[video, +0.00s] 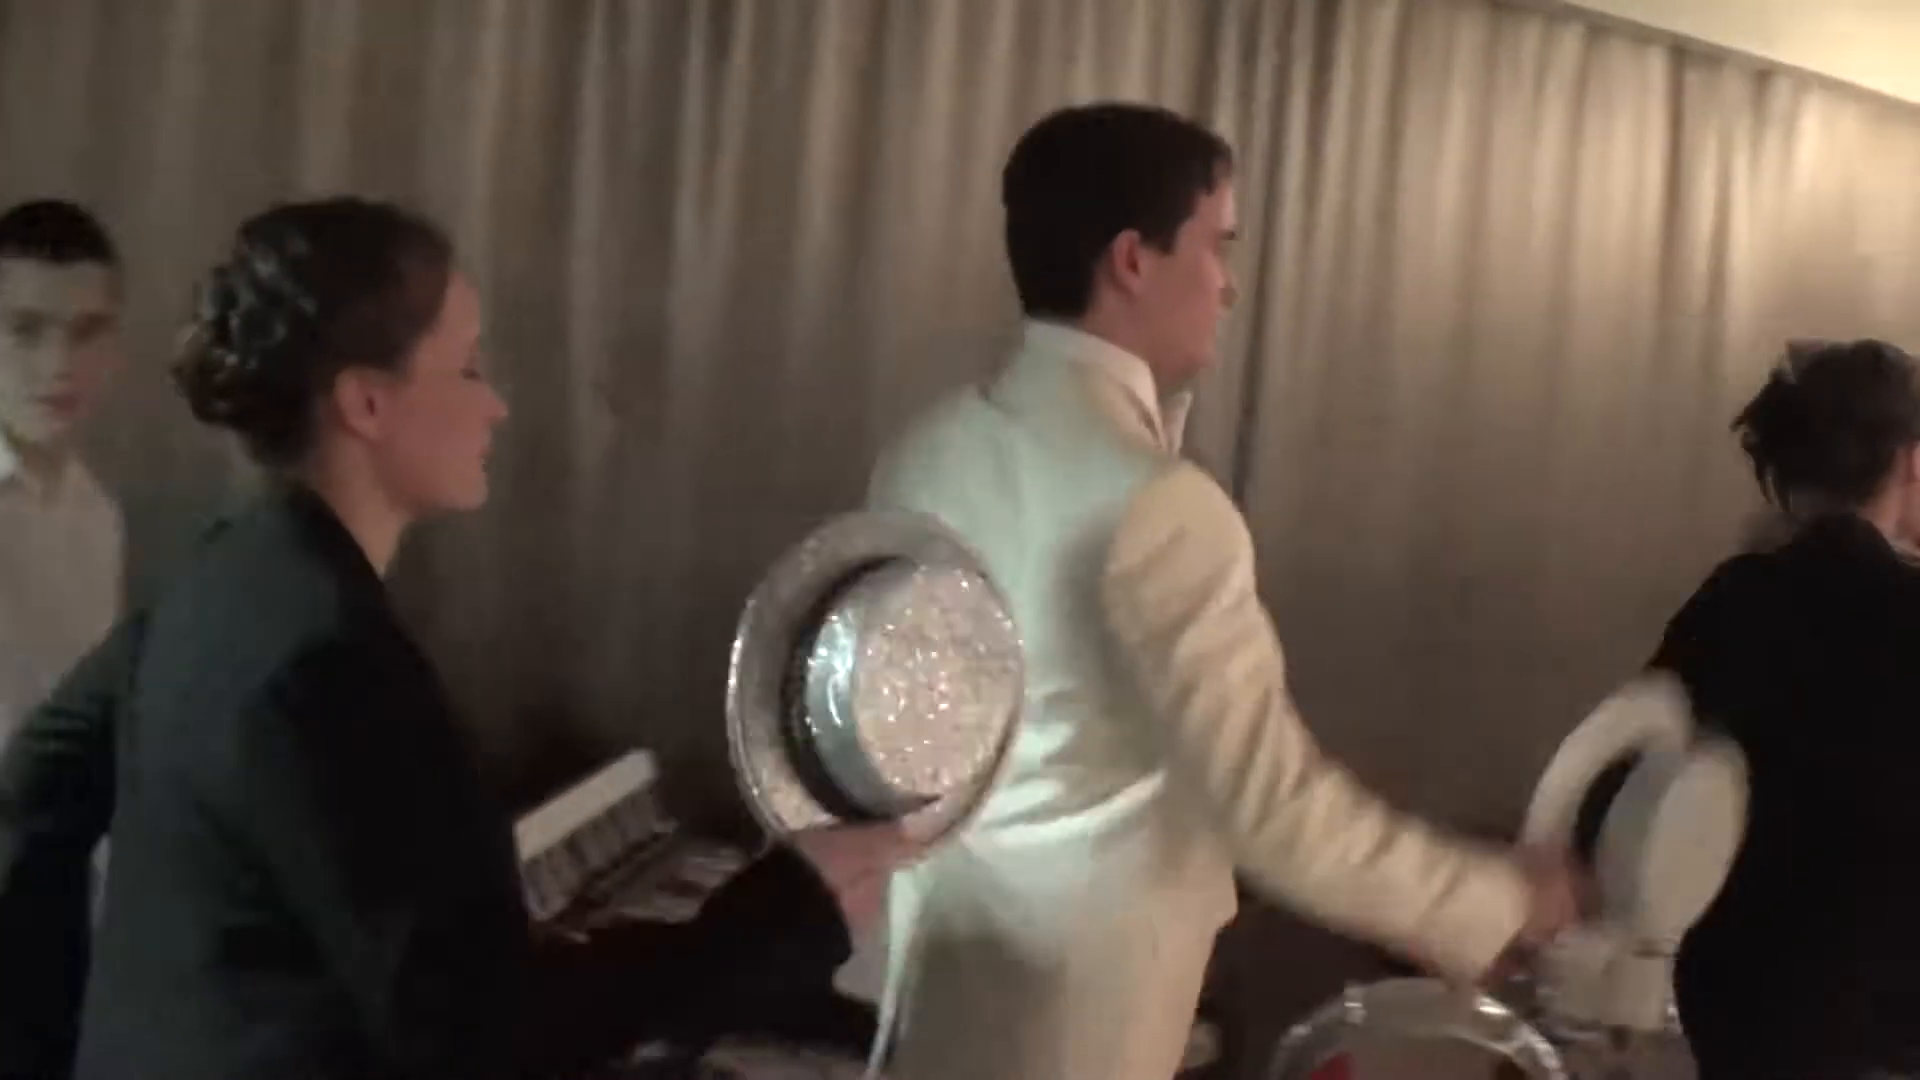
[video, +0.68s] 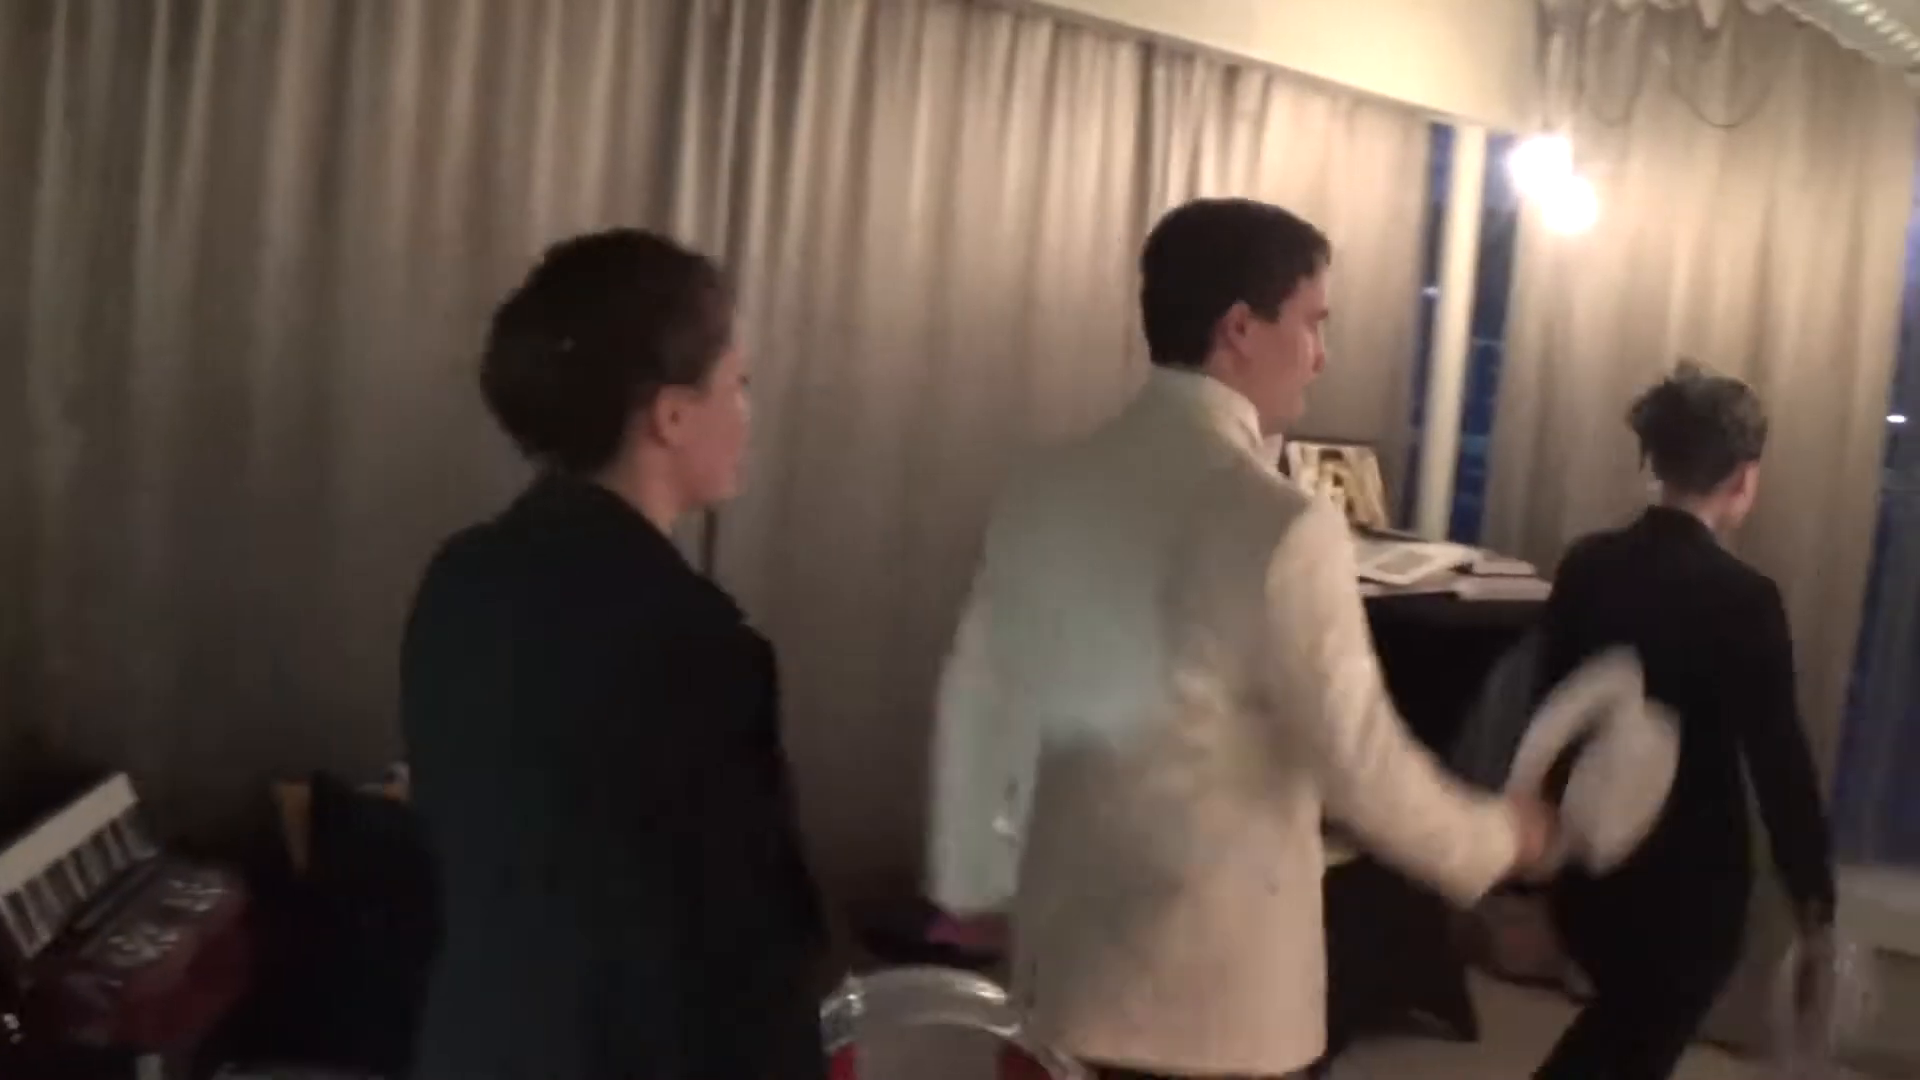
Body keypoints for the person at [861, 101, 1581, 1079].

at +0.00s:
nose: (1229, 283)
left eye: (1227, 249)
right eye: (1217, 247)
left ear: (1120, 266)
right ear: (1133, 263)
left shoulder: (924, 452)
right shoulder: (1153, 505)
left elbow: (874, 721)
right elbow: (1272, 800)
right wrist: (1502, 902)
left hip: (938, 958)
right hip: (1088, 993)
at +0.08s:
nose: (1232, 305)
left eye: (1228, 270)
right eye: (1215, 269)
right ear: (1130, 286)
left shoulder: (946, 477)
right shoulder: (1136, 535)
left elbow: (916, 762)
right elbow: (1188, 857)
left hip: (920, 1013)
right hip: (1083, 1036)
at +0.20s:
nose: (1225, 302)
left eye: (1220, 269)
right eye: (1210, 269)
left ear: (1114, 294)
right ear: (1127, 291)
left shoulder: (970, 459)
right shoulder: (1108, 515)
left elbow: (1018, 710)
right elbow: (1086, 846)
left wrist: (1232, 778)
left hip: (927, 1001)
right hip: (1042, 1034)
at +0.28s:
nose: (1227, 288)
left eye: (1222, 257)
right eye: (1213, 257)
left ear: (1117, 278)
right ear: (1128, 276)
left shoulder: (1006, 423)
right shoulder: (1112, 485)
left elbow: (1144, 613)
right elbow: (1028, 783)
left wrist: (1317, 646)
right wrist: (1089, 1032)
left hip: (931, 981)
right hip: (1029, 1016)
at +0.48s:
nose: (1309, 333)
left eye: (1306, 301)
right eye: (1293, 300)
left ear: (1200, 314)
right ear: (1209, 314)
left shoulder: (1057, 448)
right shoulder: (1221, 524)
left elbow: (1094, 705)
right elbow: (1176, 804)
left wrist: (1327, 689)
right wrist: (1226, 1024)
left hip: (1012, 970)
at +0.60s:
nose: (1307, 364)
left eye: (1308, 330)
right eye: (1297, 329)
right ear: (1218, 337)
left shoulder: (1036, 492)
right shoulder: (1248, 546)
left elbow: (1084, 694)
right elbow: (1274, 811)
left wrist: (1271, 679)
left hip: (1040, 968)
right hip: (1184, 1002)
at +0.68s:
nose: (1321, 356)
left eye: (1322, 325)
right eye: (1313, 323)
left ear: (1177, 330)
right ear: (1239, 330)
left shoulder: (1048, 486)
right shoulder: (1281, 524)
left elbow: (980, 688)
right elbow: (1357, 755)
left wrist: (971, 883)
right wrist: (1500, 837)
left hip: (1059, 934)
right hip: (1219, 969)